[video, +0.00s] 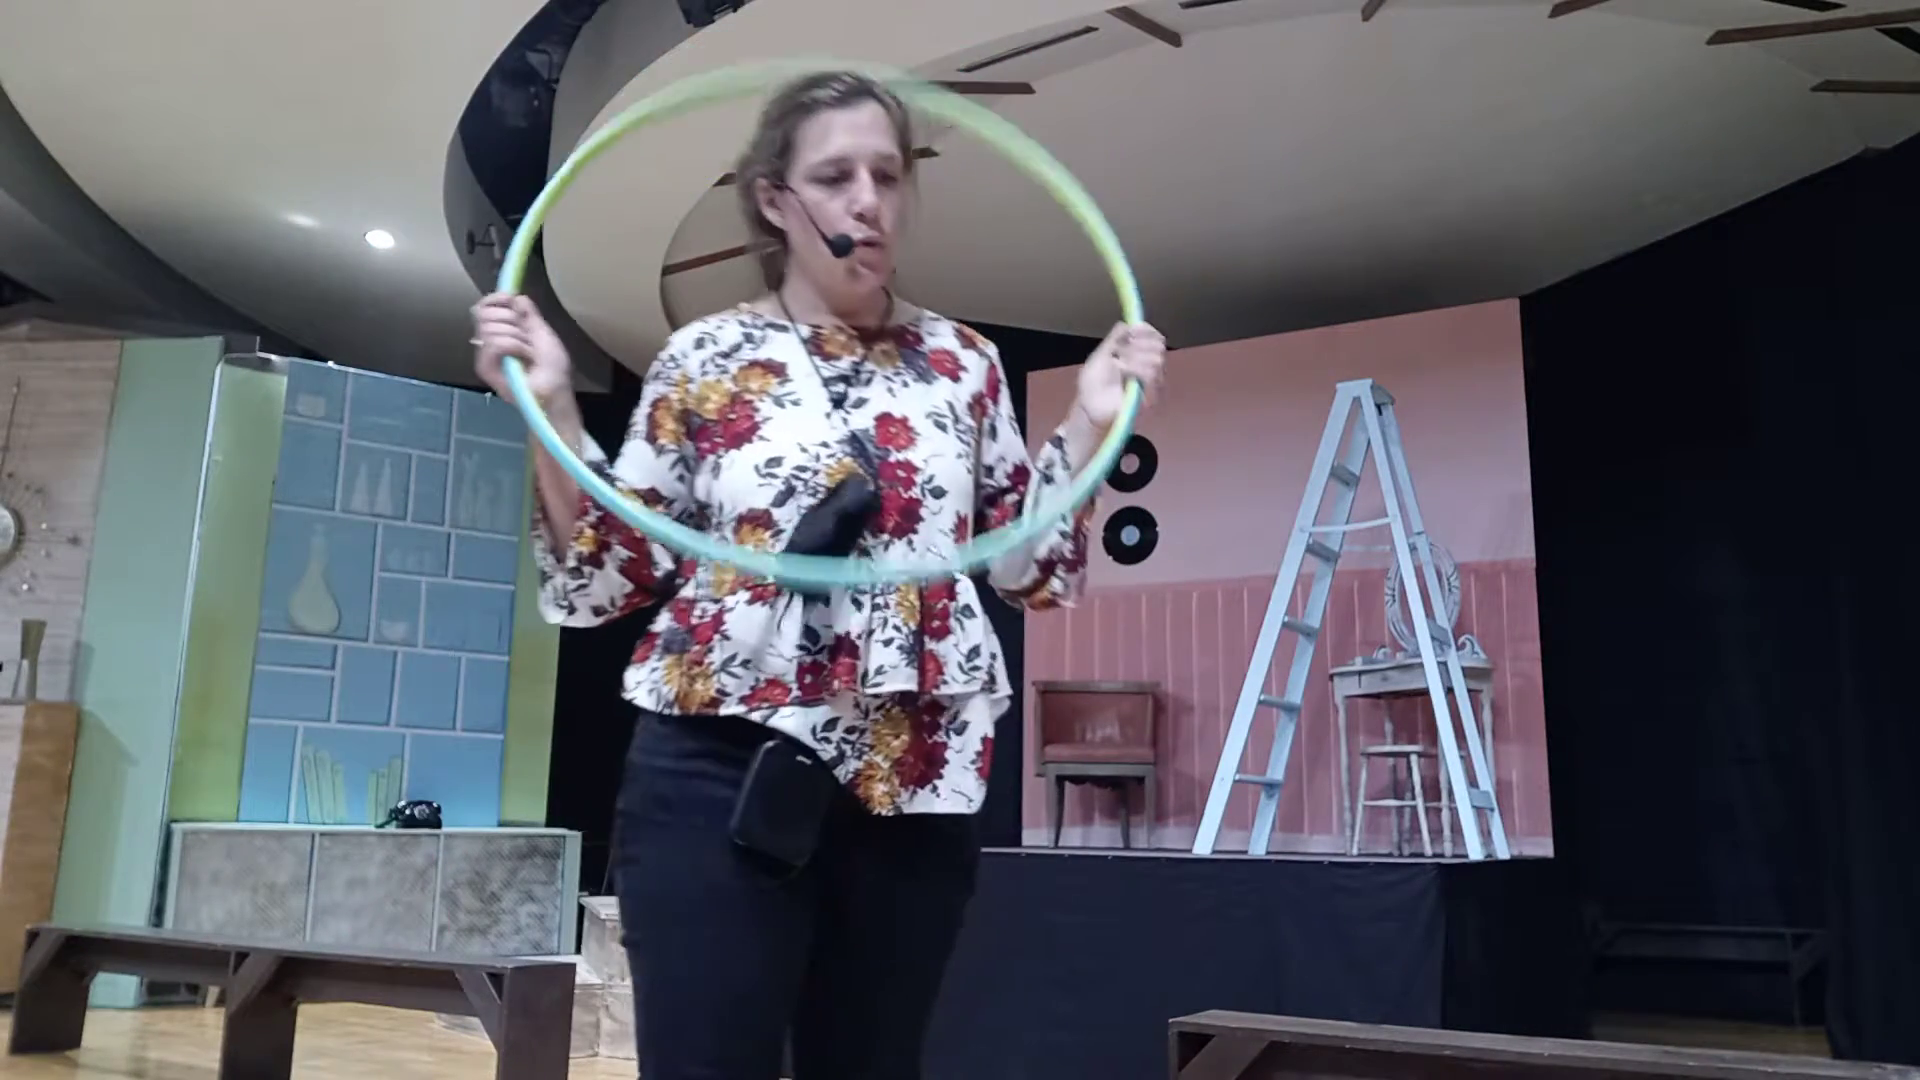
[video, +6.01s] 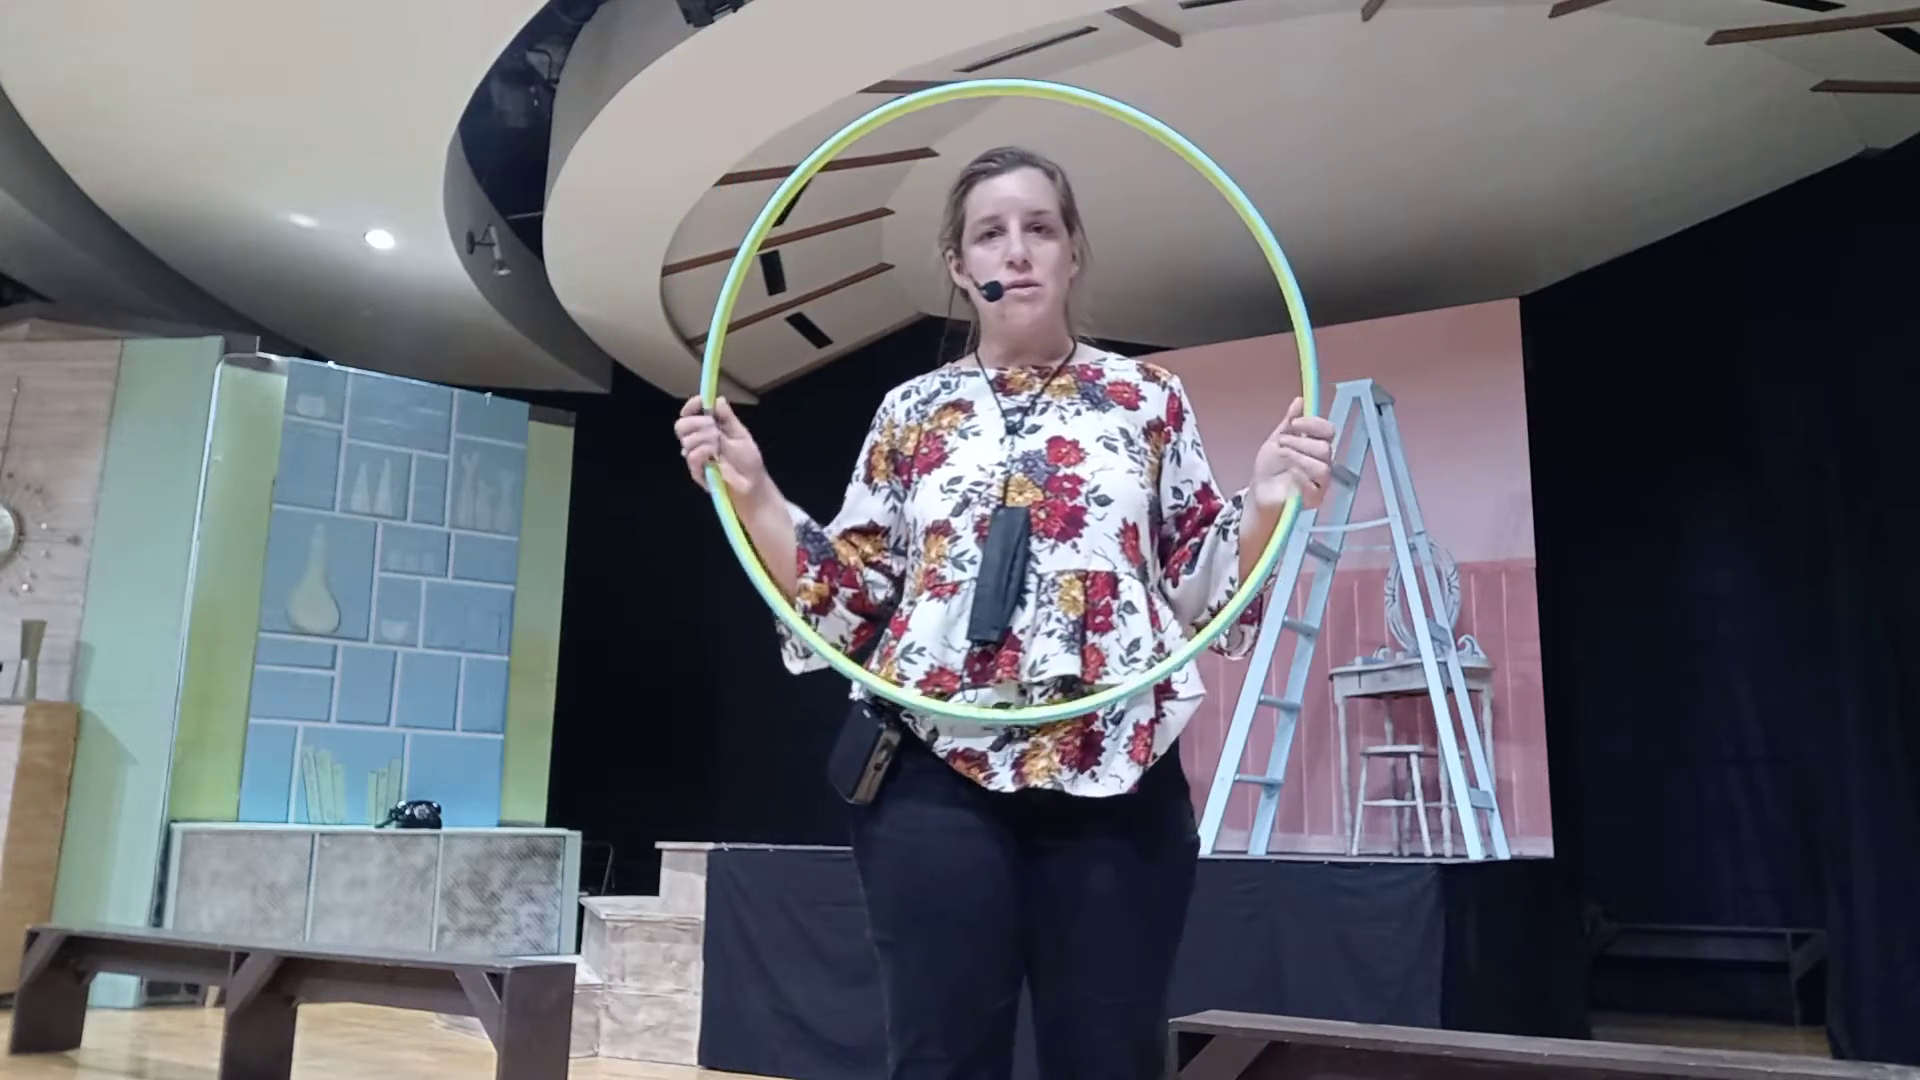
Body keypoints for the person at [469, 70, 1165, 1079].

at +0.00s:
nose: (867, 205)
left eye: (886, 178)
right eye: (835, 177)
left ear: (910, 195)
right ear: (775, 204)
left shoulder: (966, 366)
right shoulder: (700, 361)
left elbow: (1016, 568)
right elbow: (611, 579)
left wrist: (1090, 430)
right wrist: (548, 410)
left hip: (914, 797)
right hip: (716, 775)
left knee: (869, 1066)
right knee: (710, 1063)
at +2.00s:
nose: (1134, 137)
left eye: (1165, 109)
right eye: (1106, 108)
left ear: (1211, 138)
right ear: (1061, 137)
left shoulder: (1277, 332)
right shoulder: (981, 315)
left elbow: (1344, 561)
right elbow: (852, 521)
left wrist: (1443, 412)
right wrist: (848, 649)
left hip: (1216, 802)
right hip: (992, 775)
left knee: (1186, 1065)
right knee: (931, 1062)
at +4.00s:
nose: (1041, 260)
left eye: (1062, 239)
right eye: (1014, 237)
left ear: (1085, 264)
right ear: (966, 263)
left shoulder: (1143, 406)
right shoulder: (906, 416)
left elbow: (1205, 602)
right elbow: (838, 616)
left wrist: (1243, 468)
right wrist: (778, 499)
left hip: (1126, 801)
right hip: (946, 794)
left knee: (1114, 1063)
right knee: (950, 1060)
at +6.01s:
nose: (1016, 250)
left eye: (1039, 229)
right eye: (990, 233)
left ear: (1076, 254)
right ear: (959, 268)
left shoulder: (1149, 400)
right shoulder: (913, 409)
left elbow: (1203, 603)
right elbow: (850, 603)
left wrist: (1265, 506)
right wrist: (755, 495)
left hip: (1116, 797)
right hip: (937, 793)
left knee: (1106, 1063)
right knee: (941, 1061)